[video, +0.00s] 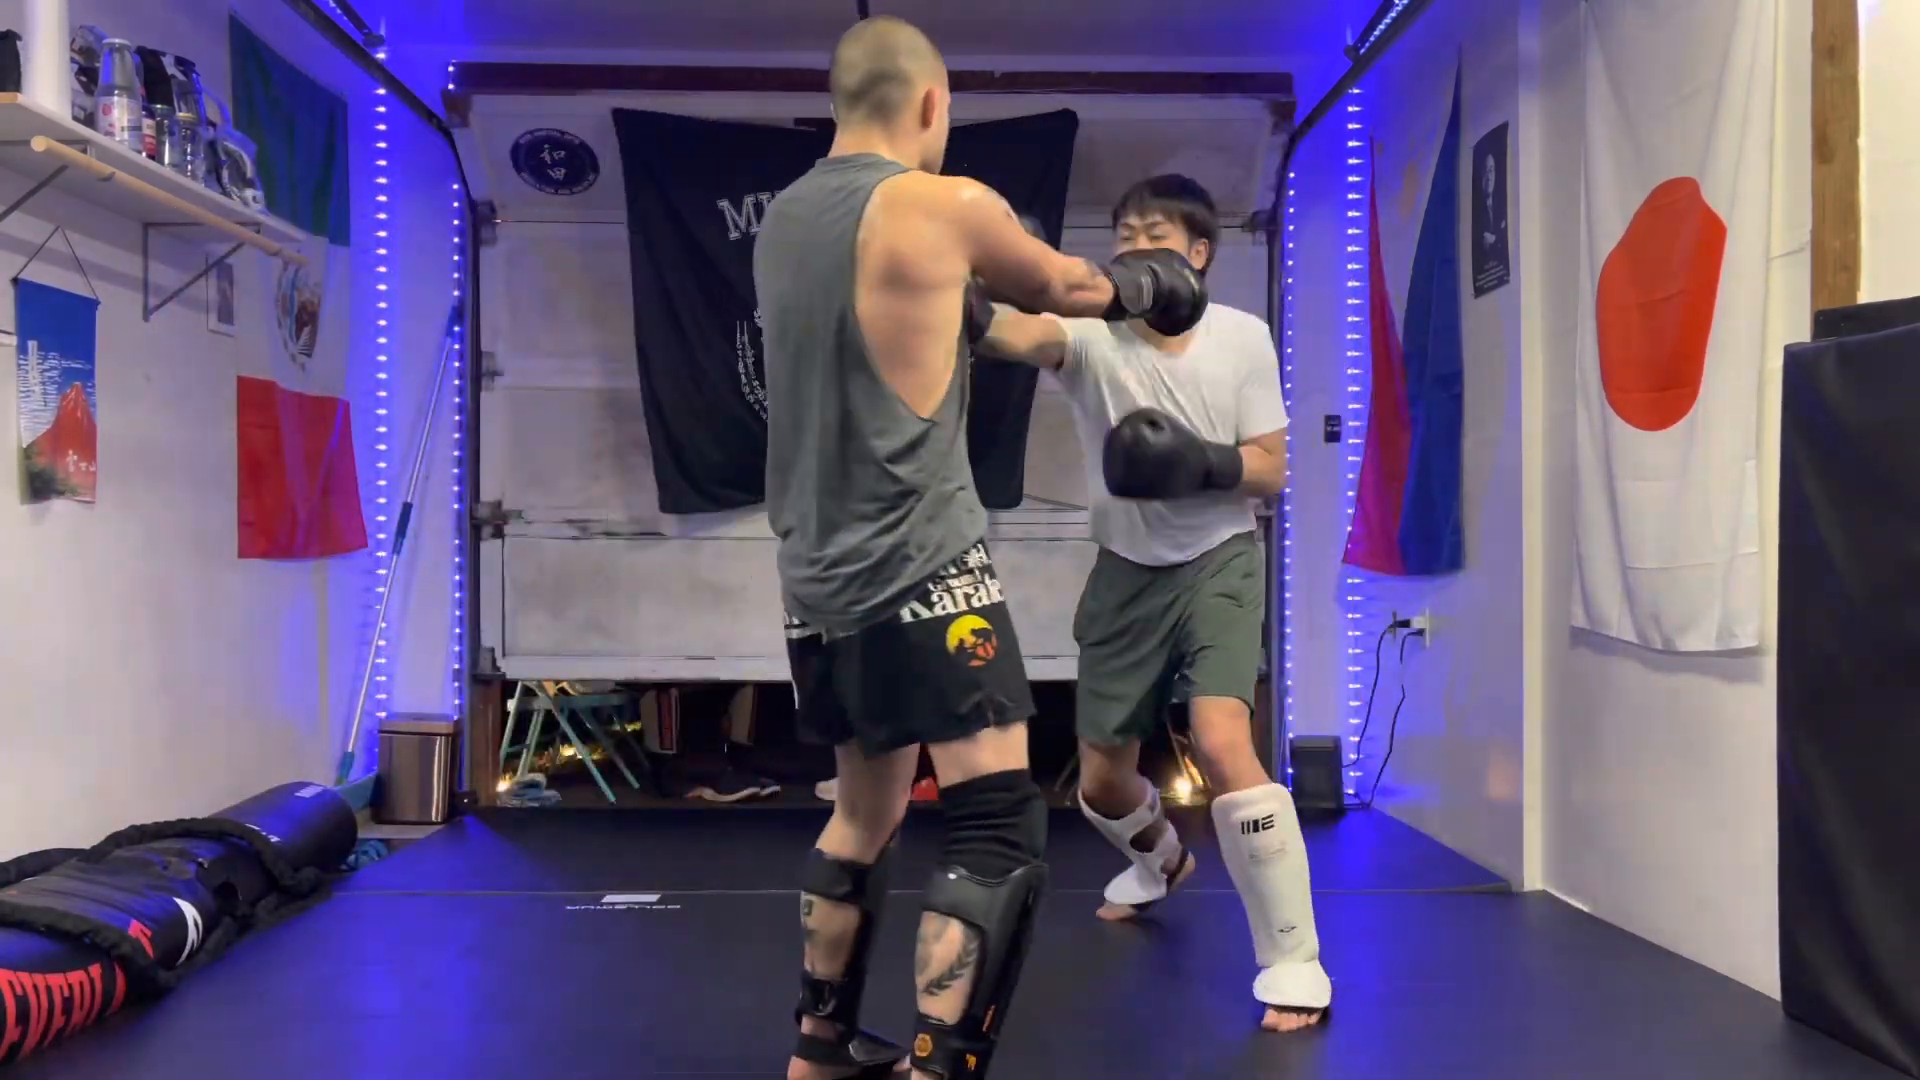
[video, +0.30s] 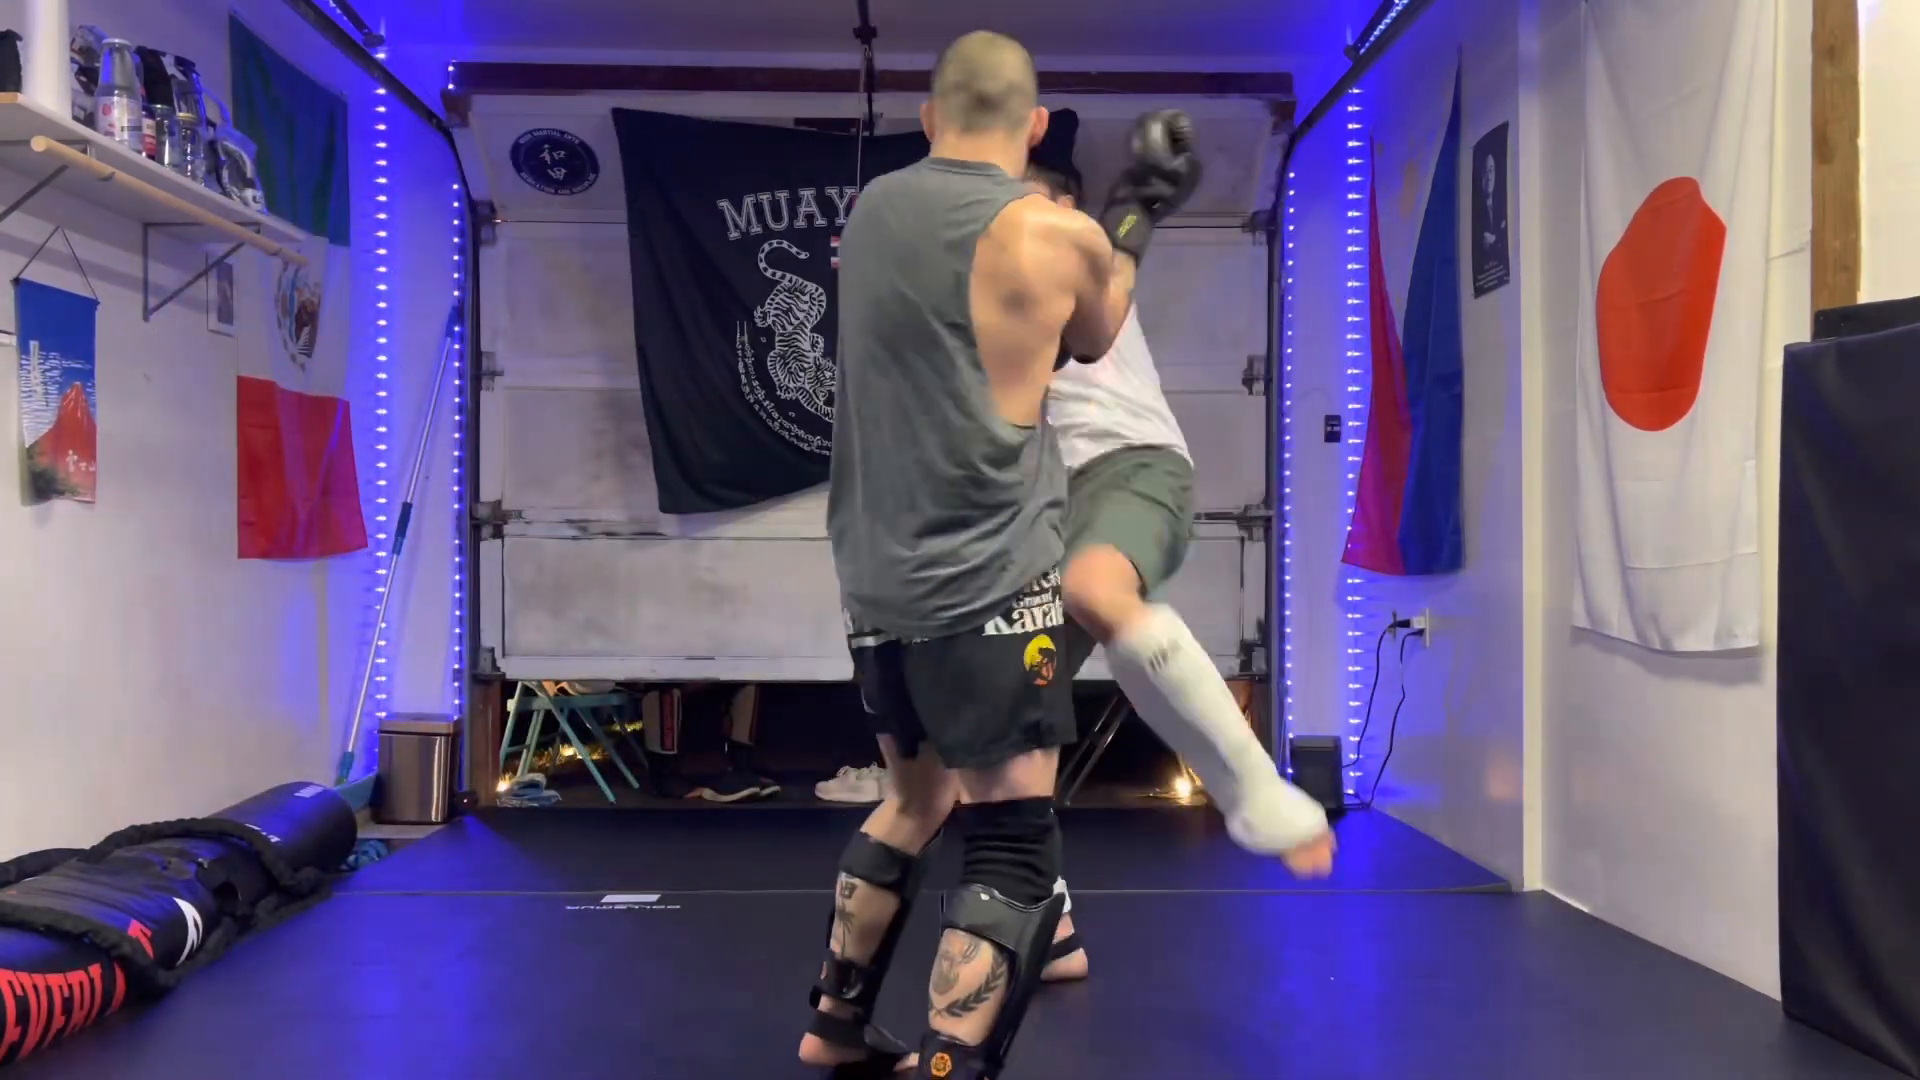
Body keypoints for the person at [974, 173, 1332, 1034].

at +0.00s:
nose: (1137, 255)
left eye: (1156, 241)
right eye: (1125, 241)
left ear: (1199, 252)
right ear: (1110, 252)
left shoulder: (1241, 339)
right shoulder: (1086, 331)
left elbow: (1271, 469)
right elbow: (1010, 332)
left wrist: (1197, 462)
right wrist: (951, 292)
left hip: (1222, 558)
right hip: (1126, 568)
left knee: (1220, 738)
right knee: (1101, 779)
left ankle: (1291, 961)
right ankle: (1162, 859)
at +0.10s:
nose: (1086, 220)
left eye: (1106, 204)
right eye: (1077, 209)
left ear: (1156, 219)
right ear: (1068, 228)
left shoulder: (1204, 302)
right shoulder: (1066, 315)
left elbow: (1211, 417)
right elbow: (990, 395)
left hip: (1208, 544)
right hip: (1115, 551)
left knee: (1218, 736)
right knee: (1052, 760)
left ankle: (1287, 959)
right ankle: (1123, 866)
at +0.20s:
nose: (1042, 201)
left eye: (1059, 183)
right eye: (1032, 190)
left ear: (1108, 192)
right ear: (1024, 206)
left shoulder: (1141, 257)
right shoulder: (1032, 289)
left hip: (1173, 513)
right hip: (1084, 533)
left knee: (1185, 709)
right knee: (1010, 712)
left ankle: (1284, 946)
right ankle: (1046, 923)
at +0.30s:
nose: (1025, 205)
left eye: (1040, 193)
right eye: (1017, 193)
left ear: (1068, 203)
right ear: (1004, 200)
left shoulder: (1079, 251)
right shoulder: (976, 273)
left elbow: (1106, 292)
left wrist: (1135, 206)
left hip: (1128, 460)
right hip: (1037, 498)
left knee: (1093, 587)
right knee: (998, 696)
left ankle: (1260, 794)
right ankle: (1040, 910)